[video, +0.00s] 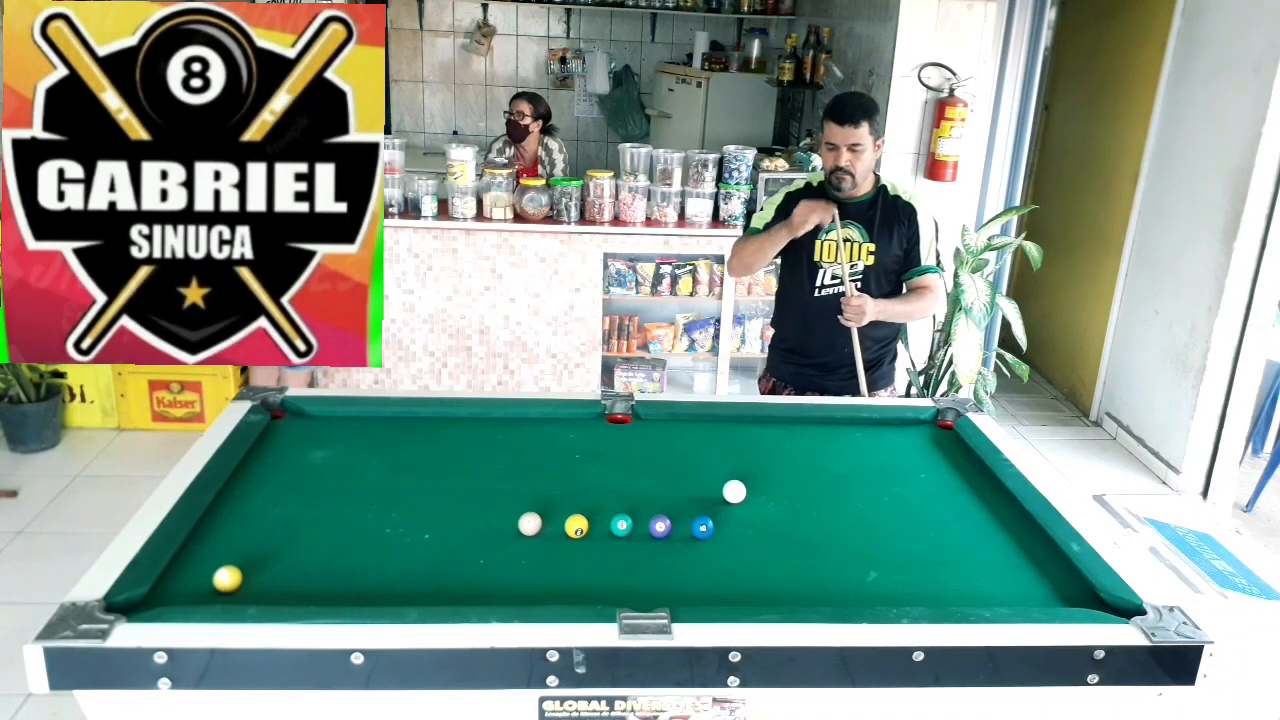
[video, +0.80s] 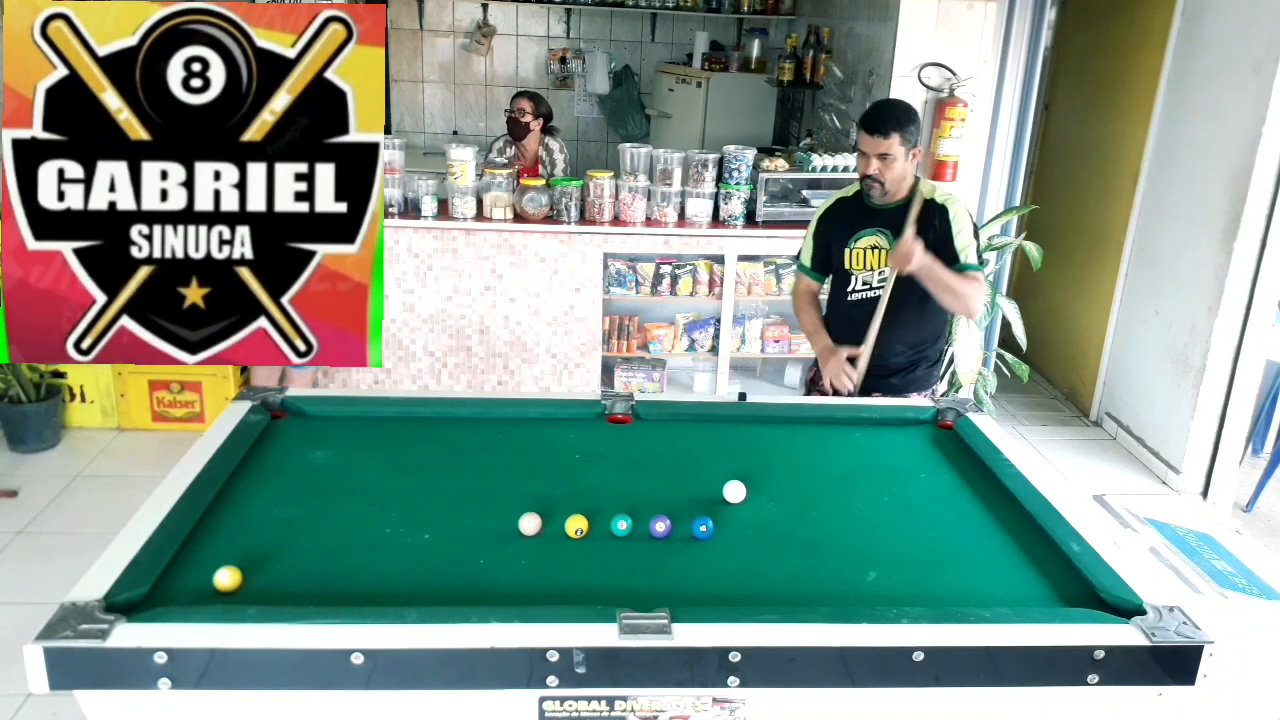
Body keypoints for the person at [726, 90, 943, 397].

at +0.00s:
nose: (840, 161)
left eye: (854, 149)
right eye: (831, 148)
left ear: (878, 148)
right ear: (820, 147)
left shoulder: (903, 215)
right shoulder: (793, 202)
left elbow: (930, 297)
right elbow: (737, 266)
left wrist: (875, 309)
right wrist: (790, 228)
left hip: (869, 391)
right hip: (791, 386)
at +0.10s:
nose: (841, 165)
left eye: (854, 153)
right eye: (832, 152)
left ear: (881, 149)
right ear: (822, 149)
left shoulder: (908, 216)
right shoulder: (795, 204)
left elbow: (933, 299)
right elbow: (733, 266)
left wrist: (882, 310)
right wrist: (772, 252)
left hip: (873, 393)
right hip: (794, 387)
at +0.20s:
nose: (842, 167)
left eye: (856, 155)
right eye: (833, 154)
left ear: (884, 152)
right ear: (825, 150)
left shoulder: (914, 217)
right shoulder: (798, 208)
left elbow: (938, 297)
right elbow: (740, 272)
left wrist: (889, 320)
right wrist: (754, 292)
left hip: (878, 394)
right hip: (799, 389)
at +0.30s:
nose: (846, 170)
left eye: (859, 158)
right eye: (837, 157)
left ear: (887, 154)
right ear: (829, 151)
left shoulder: (919, 217)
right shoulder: (806, 214)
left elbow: (944, 295)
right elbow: (761, 286)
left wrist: (900, 345)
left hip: (888, 397)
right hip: (808, 393)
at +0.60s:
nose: (858, 174)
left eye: (872, 161)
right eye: (850, 161)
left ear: (902, 159)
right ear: (843, 156)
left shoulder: (942, 216)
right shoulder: (823, 216)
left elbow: (966, 302)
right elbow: (779, 289)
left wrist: (907, 328)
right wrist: (780, 338)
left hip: (905, 397)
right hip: (825, 392)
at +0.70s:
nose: (863, 172)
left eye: (877, 160)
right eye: (856, 159)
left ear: (907, 159)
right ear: (849, 154)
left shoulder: (945, 215)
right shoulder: (826, 215)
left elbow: (968, 305)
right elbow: (787, 290)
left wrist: (908, 300)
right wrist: (803, 337)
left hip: (908, 397)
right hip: (832, 392)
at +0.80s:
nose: (869, 169)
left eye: (884, 158)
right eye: (863, 155)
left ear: (914, 157)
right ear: (856, 151)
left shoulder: (945, 212)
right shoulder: (834, 213)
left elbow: (973, 303)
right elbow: (805, 291)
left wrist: (923, 265)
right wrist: (825, 352)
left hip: (909, 396)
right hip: (836, 390)